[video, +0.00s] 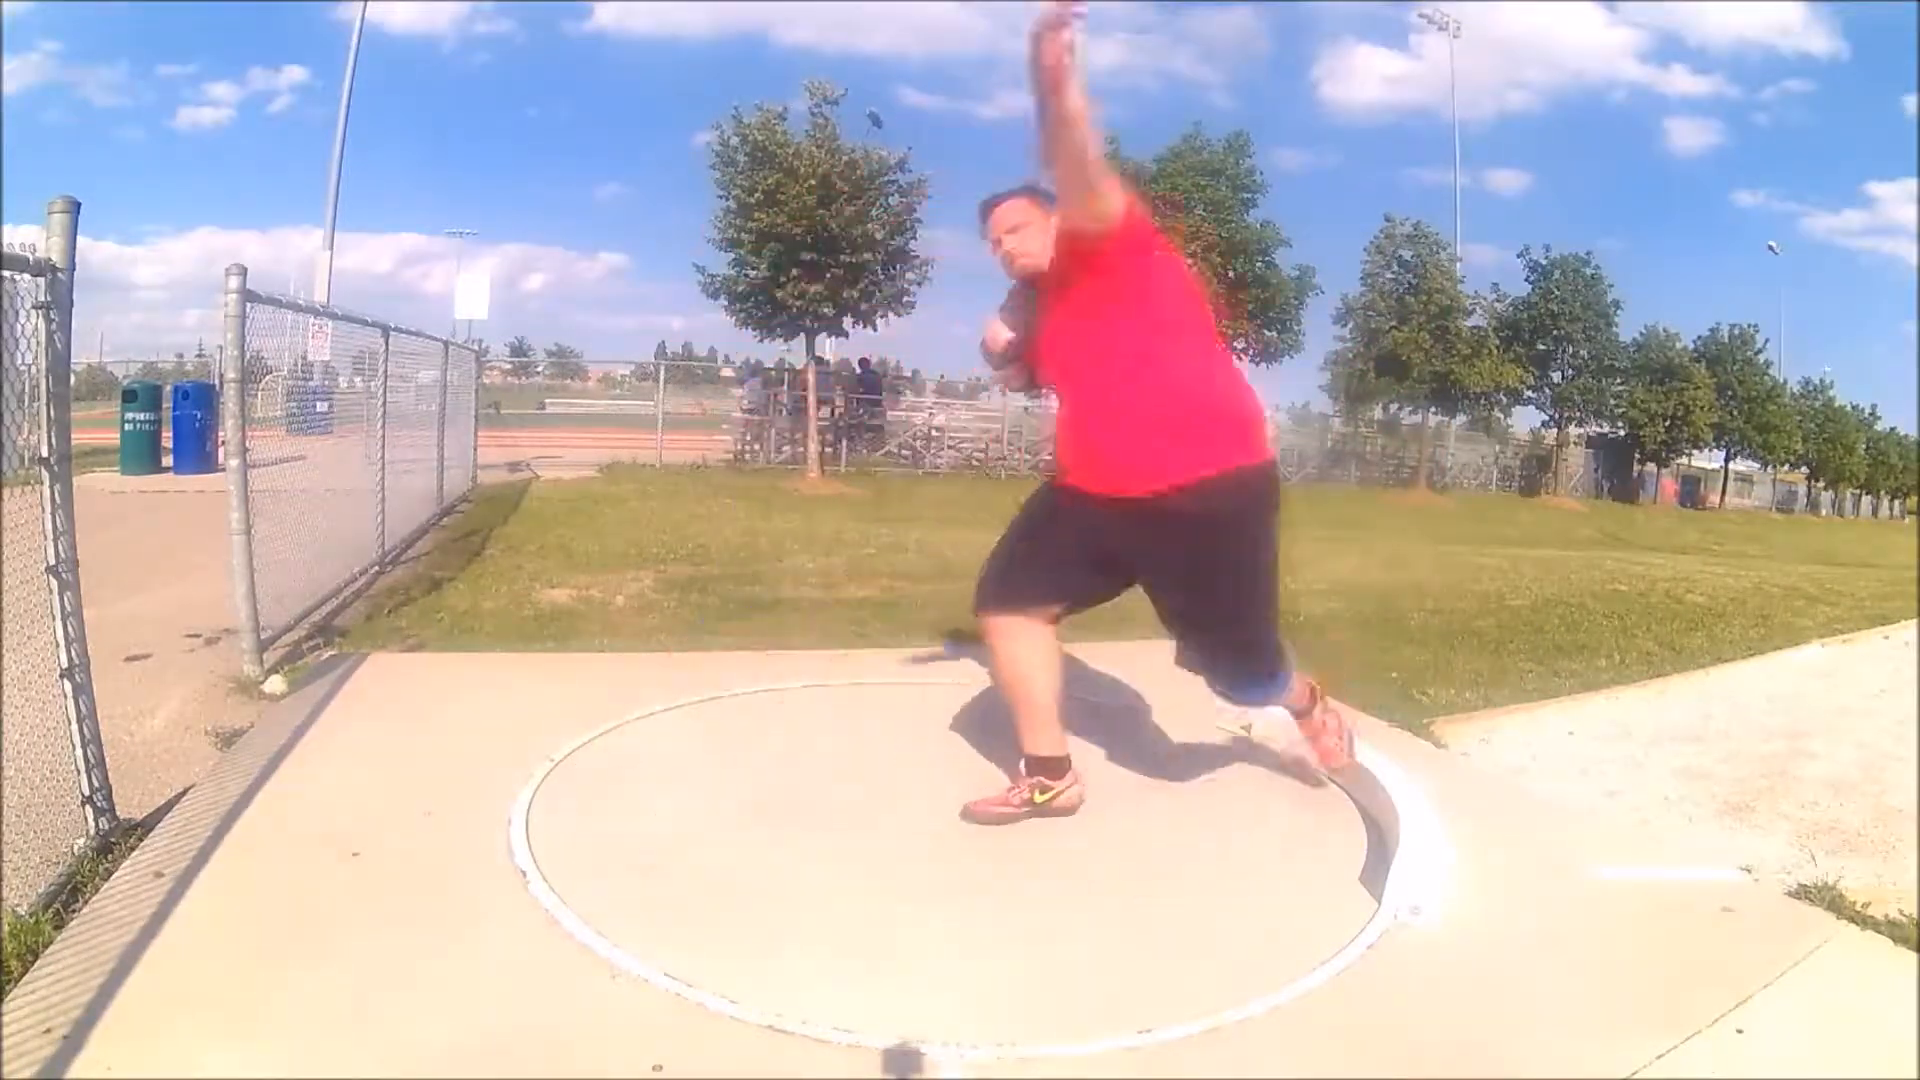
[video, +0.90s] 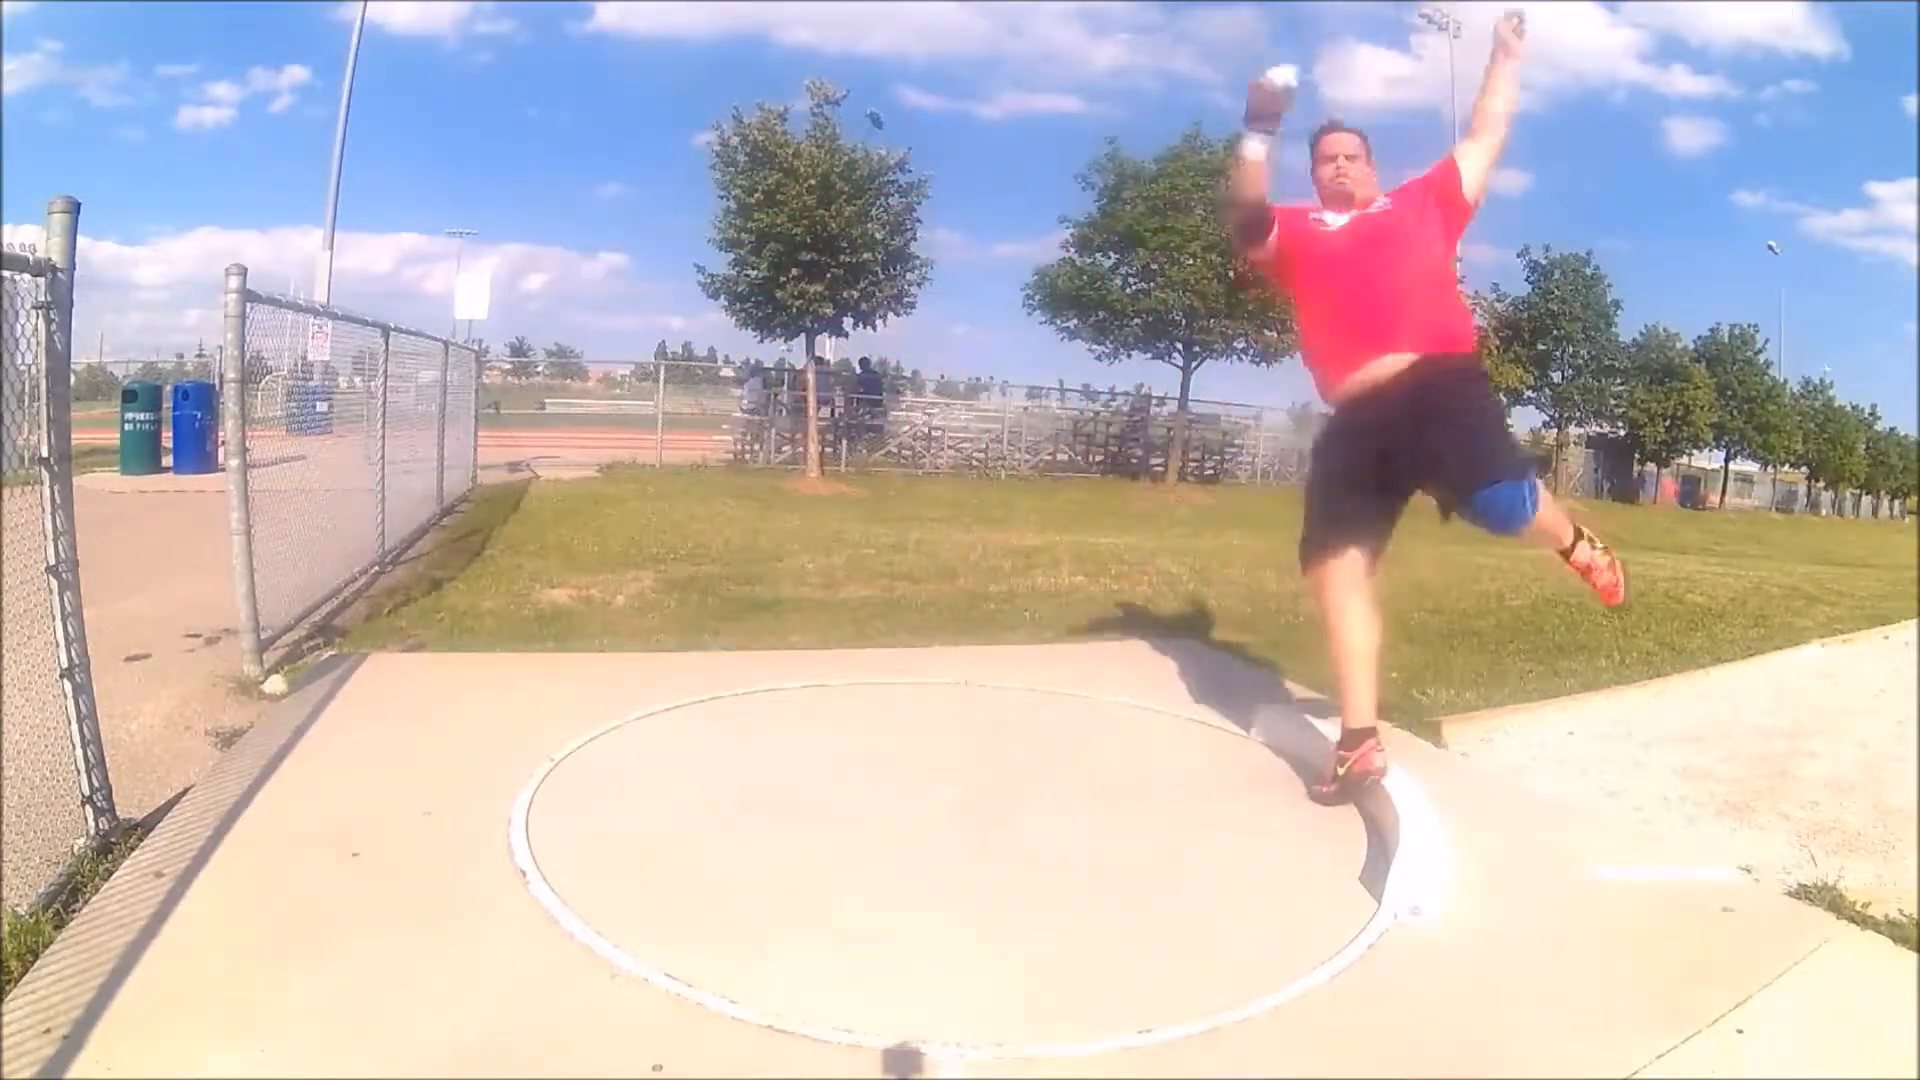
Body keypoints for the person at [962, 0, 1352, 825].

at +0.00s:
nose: (1005, 246)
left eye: (1014, 227)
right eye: (995, 241)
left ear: (1050, 213)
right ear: (1001, 253)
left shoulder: (1105, 231)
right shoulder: (1038, 311)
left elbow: (1079, 167)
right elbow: (1024, 378)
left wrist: (1059, 96)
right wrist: (1003, 353)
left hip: (1212, 486)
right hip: (1096, 493)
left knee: (1241, 671)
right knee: (1011, 605)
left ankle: (1308, 705)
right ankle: (1047, 769)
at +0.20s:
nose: (1243, 137)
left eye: (1236, 127)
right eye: (1222, 129)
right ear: (1182, 163)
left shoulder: (1259, 241)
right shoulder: (1158, 237)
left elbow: (1290, 302)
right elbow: (1185, 215)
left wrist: (1351, 310)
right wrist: (1266, 184)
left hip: (1304, 452)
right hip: (1224, 451)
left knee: (1337, 607)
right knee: (1161, 614)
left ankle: (1273, 745)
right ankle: (1027, 747)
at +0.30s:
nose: (1275, 126)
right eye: (1276, 117)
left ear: (1212, 136)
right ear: (1276, 120)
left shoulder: (1190, 218)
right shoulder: (1326, 167)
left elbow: (1185, 320)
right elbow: (1437, 137)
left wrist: (1259, 333)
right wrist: (1516, 105)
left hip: (1223, 400)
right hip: (1293, 401)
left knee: (1290, 580)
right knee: (1246, 595)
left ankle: (1273, 741)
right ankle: (1076, 687)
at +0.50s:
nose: (1320, 145)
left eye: (1327, 137)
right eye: (1328, 138)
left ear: (1338, 143)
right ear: (1394, 165)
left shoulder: (1294, 186)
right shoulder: (1416, 228)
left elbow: (1194, 251)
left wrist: (1145, 254)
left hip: (1279, 381)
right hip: (1379, 405)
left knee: (1202, 539)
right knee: (1328, 583)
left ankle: (1136, 671)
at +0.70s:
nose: (1308, 195)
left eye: (1323, 184)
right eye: (1304, 190)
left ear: (1366, 190)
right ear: (1309, 212)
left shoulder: (1399, 218)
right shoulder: (1309, 292)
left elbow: (1430, 152)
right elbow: (1265, 373)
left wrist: (1378, 57)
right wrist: (1216, 376)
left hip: (1392, 378)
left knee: (1273, 454)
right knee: (1338, 577)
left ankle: (1269, 582)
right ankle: (1350, 756)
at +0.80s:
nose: (1320, 181)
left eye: (1334, 172)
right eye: (1313, 175)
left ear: (1368, 182)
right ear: (1309, 190)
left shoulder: (1414, 209)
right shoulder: (1292, 259)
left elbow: (1471, 118)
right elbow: (1238, 301)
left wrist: (1461, 24)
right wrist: (1233, 261)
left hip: (1420, 370)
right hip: (1356, 414)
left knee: (1376, 465)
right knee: (1325, 568)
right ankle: (1353, 751)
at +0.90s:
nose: (1338, 163)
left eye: (1351, 155)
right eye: (1326, 159)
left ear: (1375, 169)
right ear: (1310, 178)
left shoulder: (1425, 203)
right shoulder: (1294, 237)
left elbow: (1486, 132)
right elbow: (1245, 223)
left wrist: (1506, 51)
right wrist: (1258, 131)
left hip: (1445, 389)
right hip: (1359, 420)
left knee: (1500, 504)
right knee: (1335, 558)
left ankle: (1573, 542)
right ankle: (1359, 736)